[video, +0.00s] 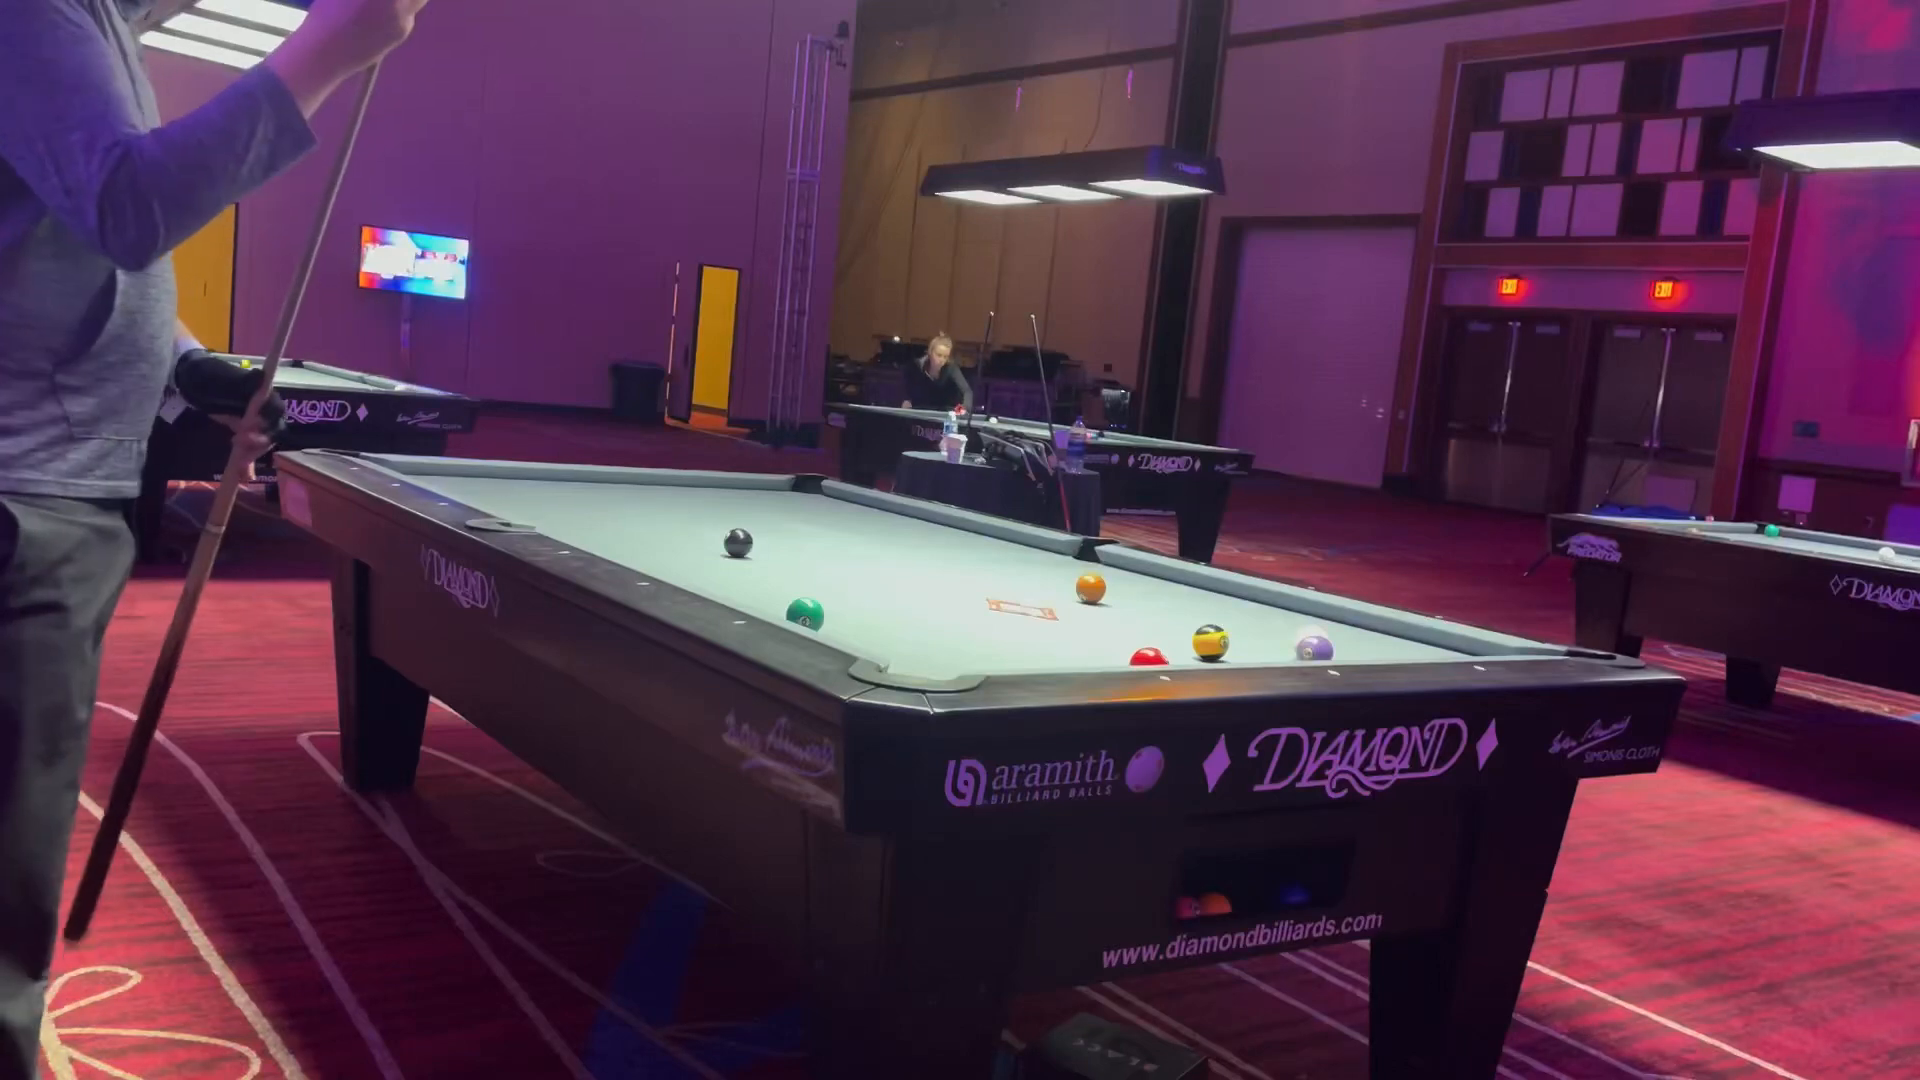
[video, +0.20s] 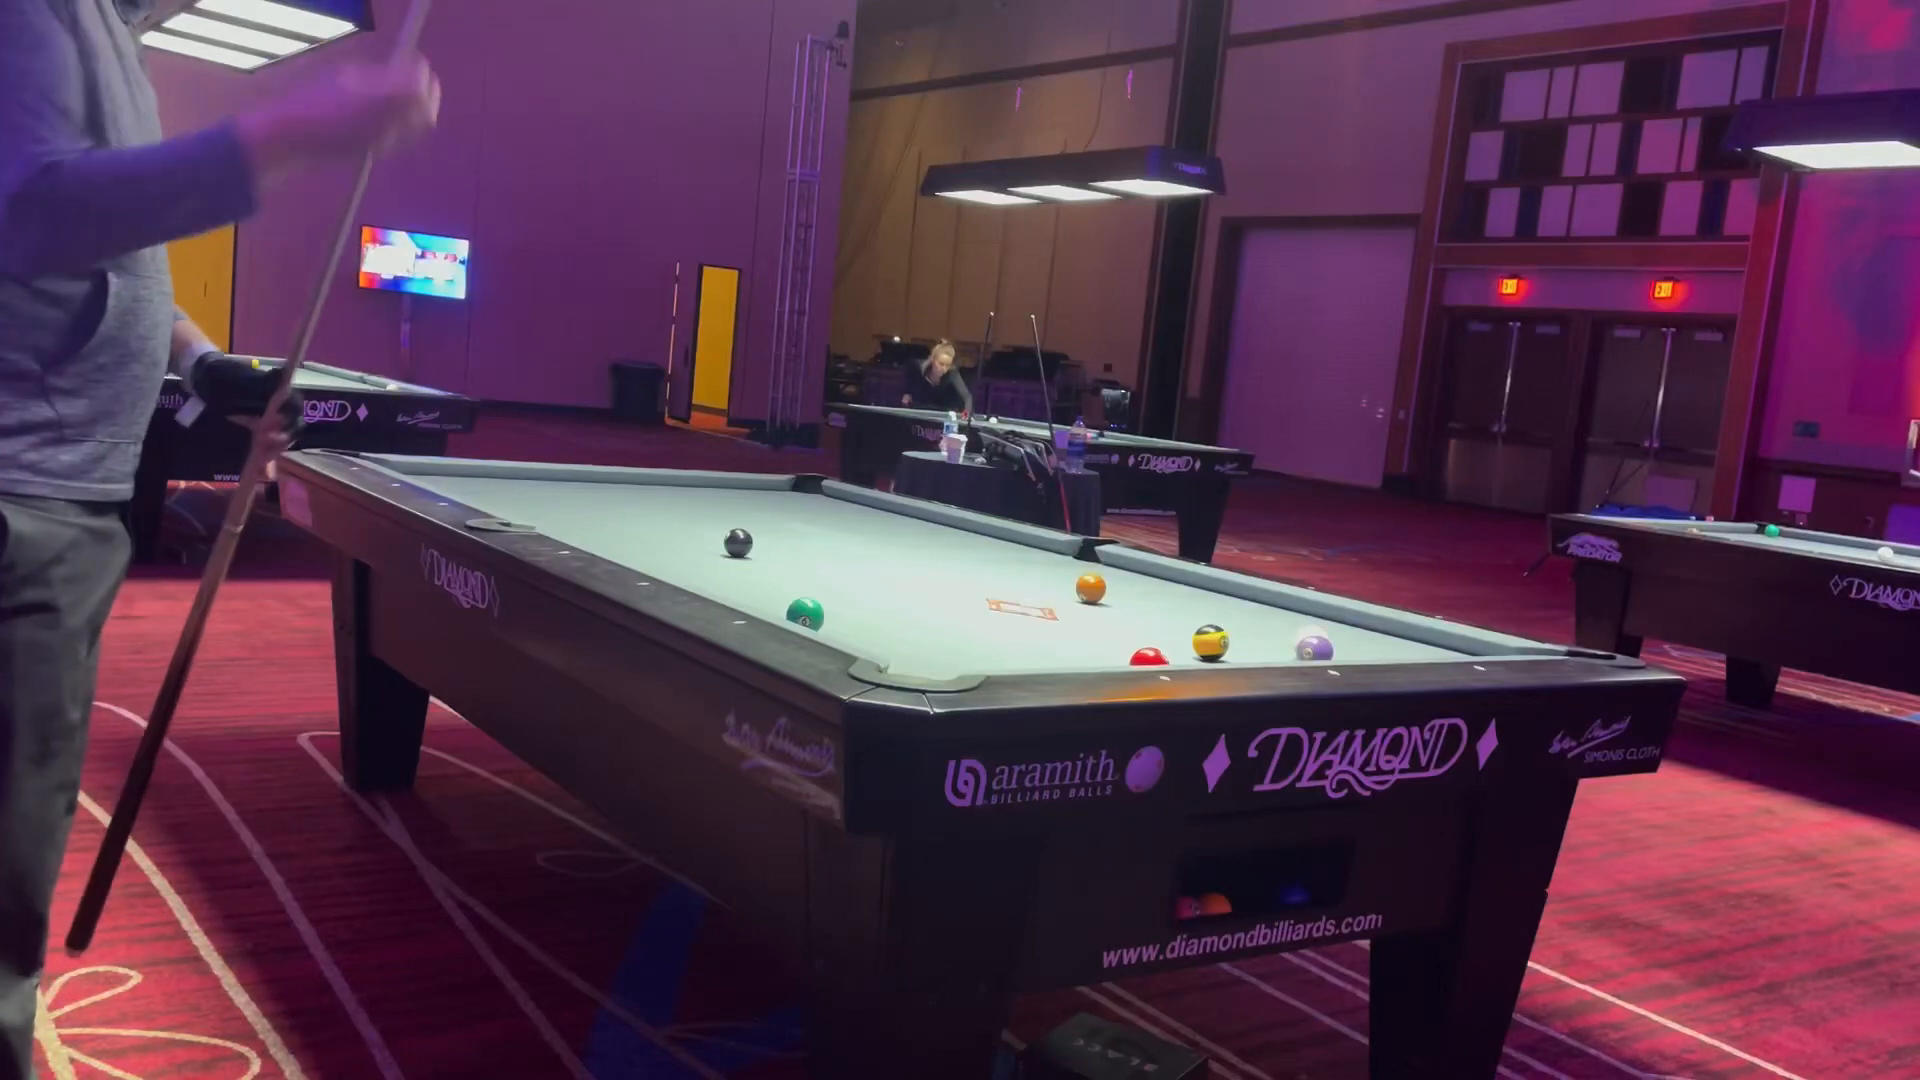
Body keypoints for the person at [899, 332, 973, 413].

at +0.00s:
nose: (942, 360)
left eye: (945, 357)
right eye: (938, 355)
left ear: (948, 357)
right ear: (930, 352)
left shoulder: (950, 369)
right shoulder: (915, 365)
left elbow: (966, 391)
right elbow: (904, 381)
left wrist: (964, 409)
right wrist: (905, 399)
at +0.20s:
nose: (944, 369)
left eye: (947, 365)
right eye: (941, 364)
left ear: (950, 365)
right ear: (932, 359)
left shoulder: (952, 374)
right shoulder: (916, 367)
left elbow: (966, 396)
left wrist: (966, 412)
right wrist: (907, 392)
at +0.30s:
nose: (944, 372)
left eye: (948, 368)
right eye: (941, 367)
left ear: (951, 368)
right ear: (933, 362)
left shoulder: (952, 377)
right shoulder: (918, 368)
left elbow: (967, 397)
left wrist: (967, 413)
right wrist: (907, 390)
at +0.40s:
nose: (944, 374)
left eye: (948, 371)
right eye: (942, 369)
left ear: (951, 370)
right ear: (933, 364)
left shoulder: (953, 380)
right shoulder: (918, 369)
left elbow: (966, 397)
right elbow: (909, 364)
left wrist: (965, 412)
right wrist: (908, 389)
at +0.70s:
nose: (944, 385)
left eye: (947, 381)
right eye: (941, 379)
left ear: (951, 381)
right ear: (933, 373)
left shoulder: (951, 387)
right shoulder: (920, 374)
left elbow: (966, 402)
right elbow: (911, 361)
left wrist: (966, 412)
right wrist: (908, 388)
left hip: (943, 411)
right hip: (920, 405)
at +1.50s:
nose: (943, 395)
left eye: (946, 392)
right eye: (941, 391)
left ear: (950, 390)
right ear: (933, 384)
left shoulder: (952, 397)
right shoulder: (922, 383)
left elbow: (968, 407)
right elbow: (914, 357)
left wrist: (967, 414)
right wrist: (910, 387)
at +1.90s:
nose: (943, 399)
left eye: (946, 396)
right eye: (940, 394)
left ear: (950, 393)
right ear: (932, 387)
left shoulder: (953, 400)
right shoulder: (922, 385)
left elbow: (968, 408)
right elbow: (914, 357)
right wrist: (911, 387)